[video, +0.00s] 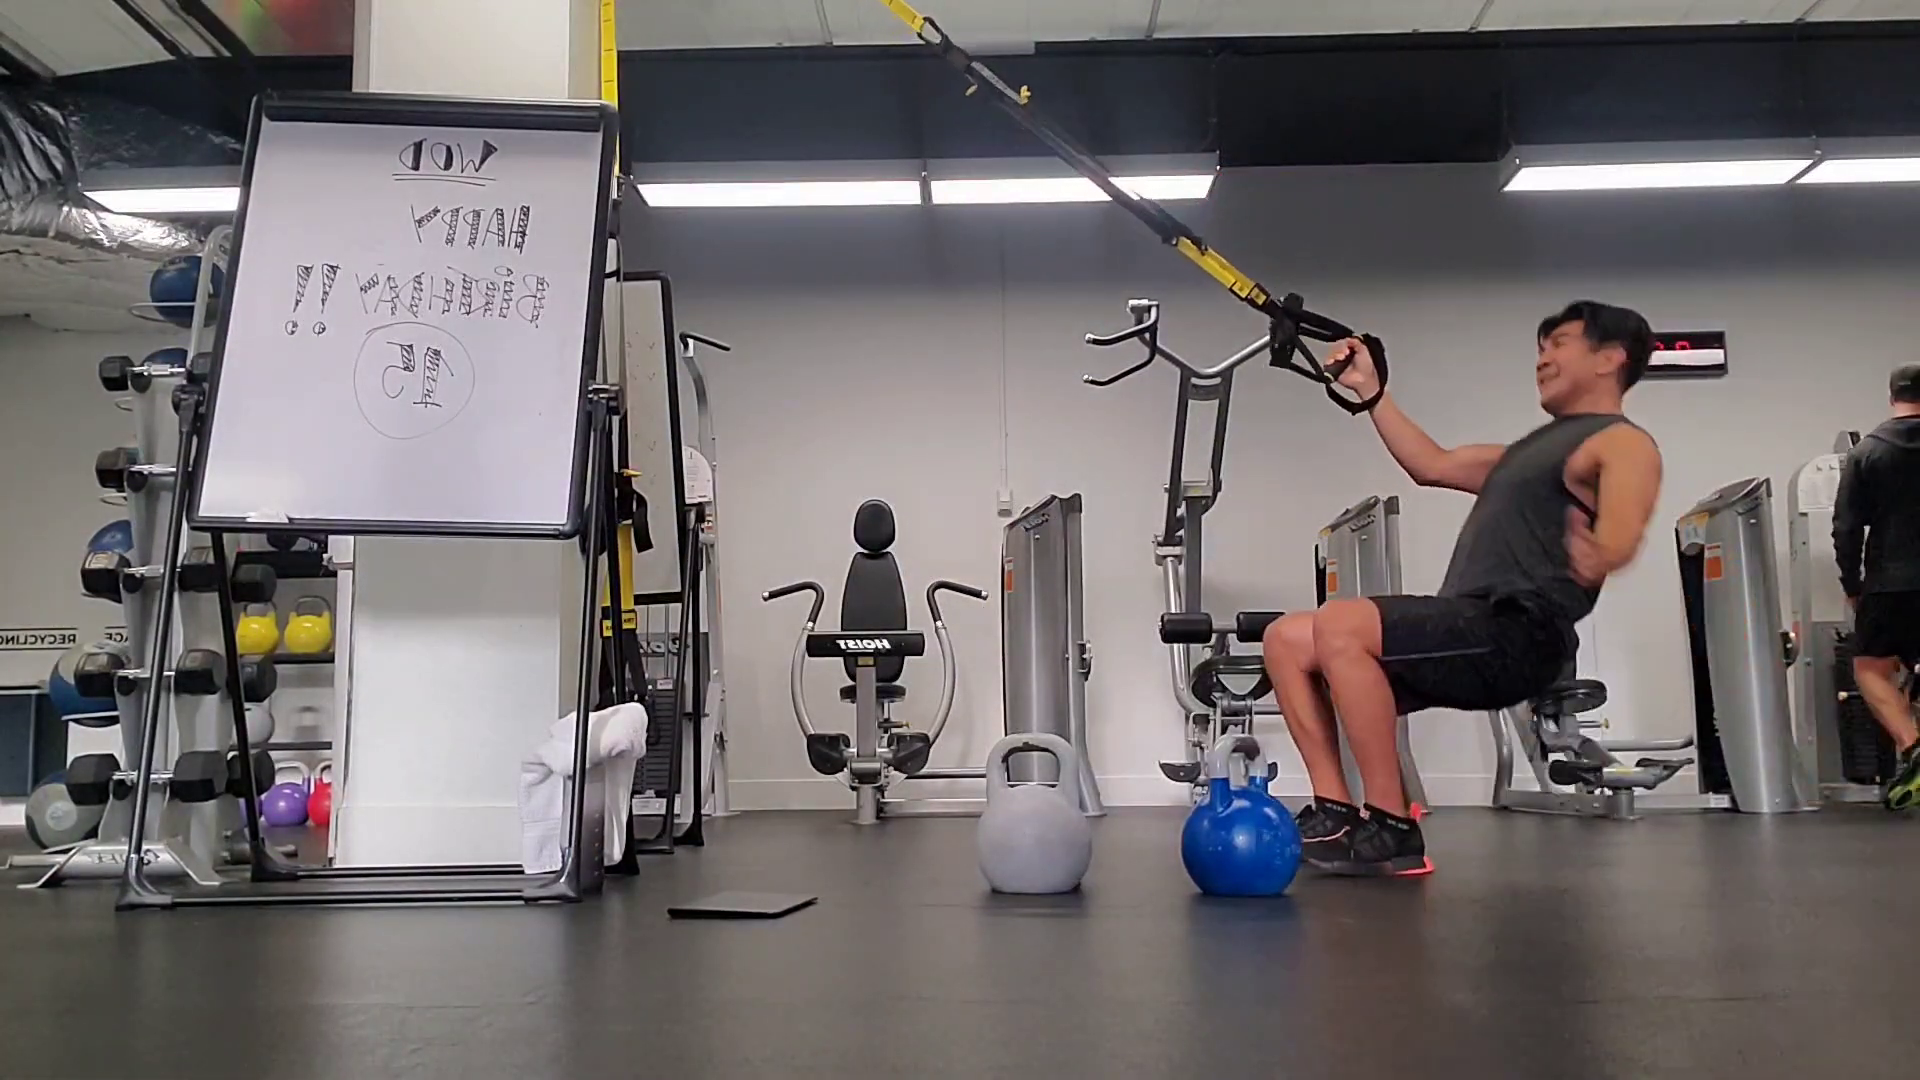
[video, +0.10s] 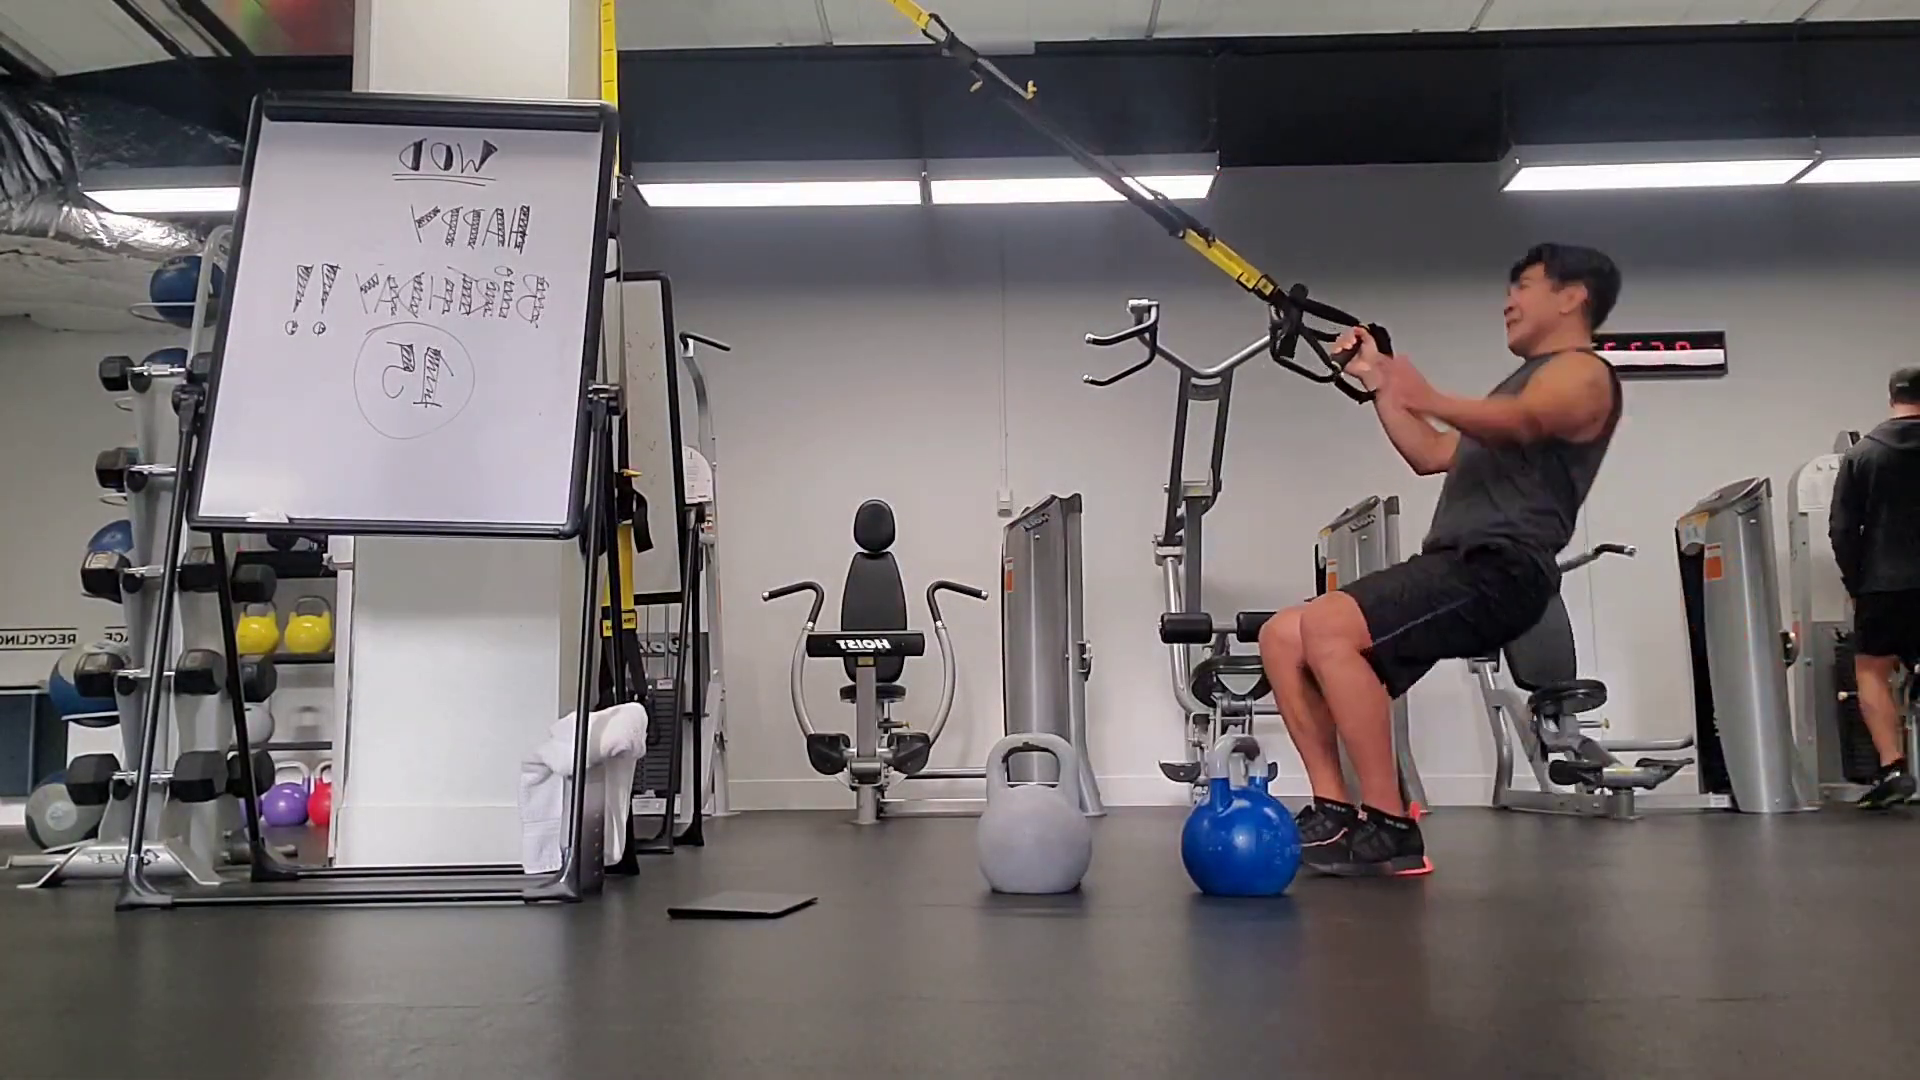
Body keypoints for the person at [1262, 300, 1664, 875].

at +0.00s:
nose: (1541, 358)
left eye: (1558, 342)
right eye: (1541, 349)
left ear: (1611, 357)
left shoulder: (1626, 443)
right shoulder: (1529, 453)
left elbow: (1621, 538)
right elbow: (1432, 465)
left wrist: (1595, 557)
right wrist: (1373, 392)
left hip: (1520, 631)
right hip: (1467, 623)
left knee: (1341, 629)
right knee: (1286, 638)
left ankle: (1391, 825)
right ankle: (1333, 811)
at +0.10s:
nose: (1506, 300)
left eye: (1522, 284)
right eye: (1511, 287)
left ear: (1574, 297)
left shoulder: (1582, 371)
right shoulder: (1519, 386)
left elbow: (1526, 423)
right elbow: (1428, 454)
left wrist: (1428, 399)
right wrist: (1378, 381)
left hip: (1499, 571)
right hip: (1453, 564)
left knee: (1328, 629)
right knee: (1281, 636)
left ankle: (1389, 824)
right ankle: (1334, 809)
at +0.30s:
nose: (1436, 195)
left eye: (1451, 181)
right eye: (1441, 183)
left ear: (1495, 192)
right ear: (1490, 196)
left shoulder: (1491, 247)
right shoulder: (1474, 271)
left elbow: (1365, 237)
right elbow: (1440, 407)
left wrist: (1252, 186)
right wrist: (1389, 363)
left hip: (1458, 460)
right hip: (1421, 463)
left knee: (1344, 617)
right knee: (1301, 612)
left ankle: (1389, 824)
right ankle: (1332, 804)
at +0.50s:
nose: (1380, 164)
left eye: (1393, 153)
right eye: (1387, 153)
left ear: (1432, 164)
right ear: (1442, 171)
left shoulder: (1398, 206)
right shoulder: (1468, 265)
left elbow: (1269, 172)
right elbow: (1466, 384)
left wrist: (1158, 128)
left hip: (1399, 433)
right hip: (1421, 440)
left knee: (1360, 615)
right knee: (1321, 617)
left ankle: (1387, 822)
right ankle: (1315, 803)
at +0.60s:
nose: (1357, 170)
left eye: (1369, 159)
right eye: (1364, 159)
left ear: (1406, 169)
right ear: (1418, 177)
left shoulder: (1365, 211)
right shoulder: (1448, 271)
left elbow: (1239, 175)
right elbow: (1454, 396)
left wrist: (1132, 132)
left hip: (1375, 437)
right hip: (1405, 441)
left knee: (1354, 618)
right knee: (1320, 626)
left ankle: (1388, 821)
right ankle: (1319, 808)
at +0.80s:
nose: (1326, 184)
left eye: (1339, 172)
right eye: (1332, 172)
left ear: (1379, 176)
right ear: (1391, 184)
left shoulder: (1343, 220)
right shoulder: (1424, 274)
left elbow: (1218, 191)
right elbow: (1440, 398)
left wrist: (1113, 158)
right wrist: (1335, 354)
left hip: (1360, 437)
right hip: (1389, 440)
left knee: (1335, 613)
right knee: (1316, 621)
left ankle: (1383, 809)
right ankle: (1319, 806)